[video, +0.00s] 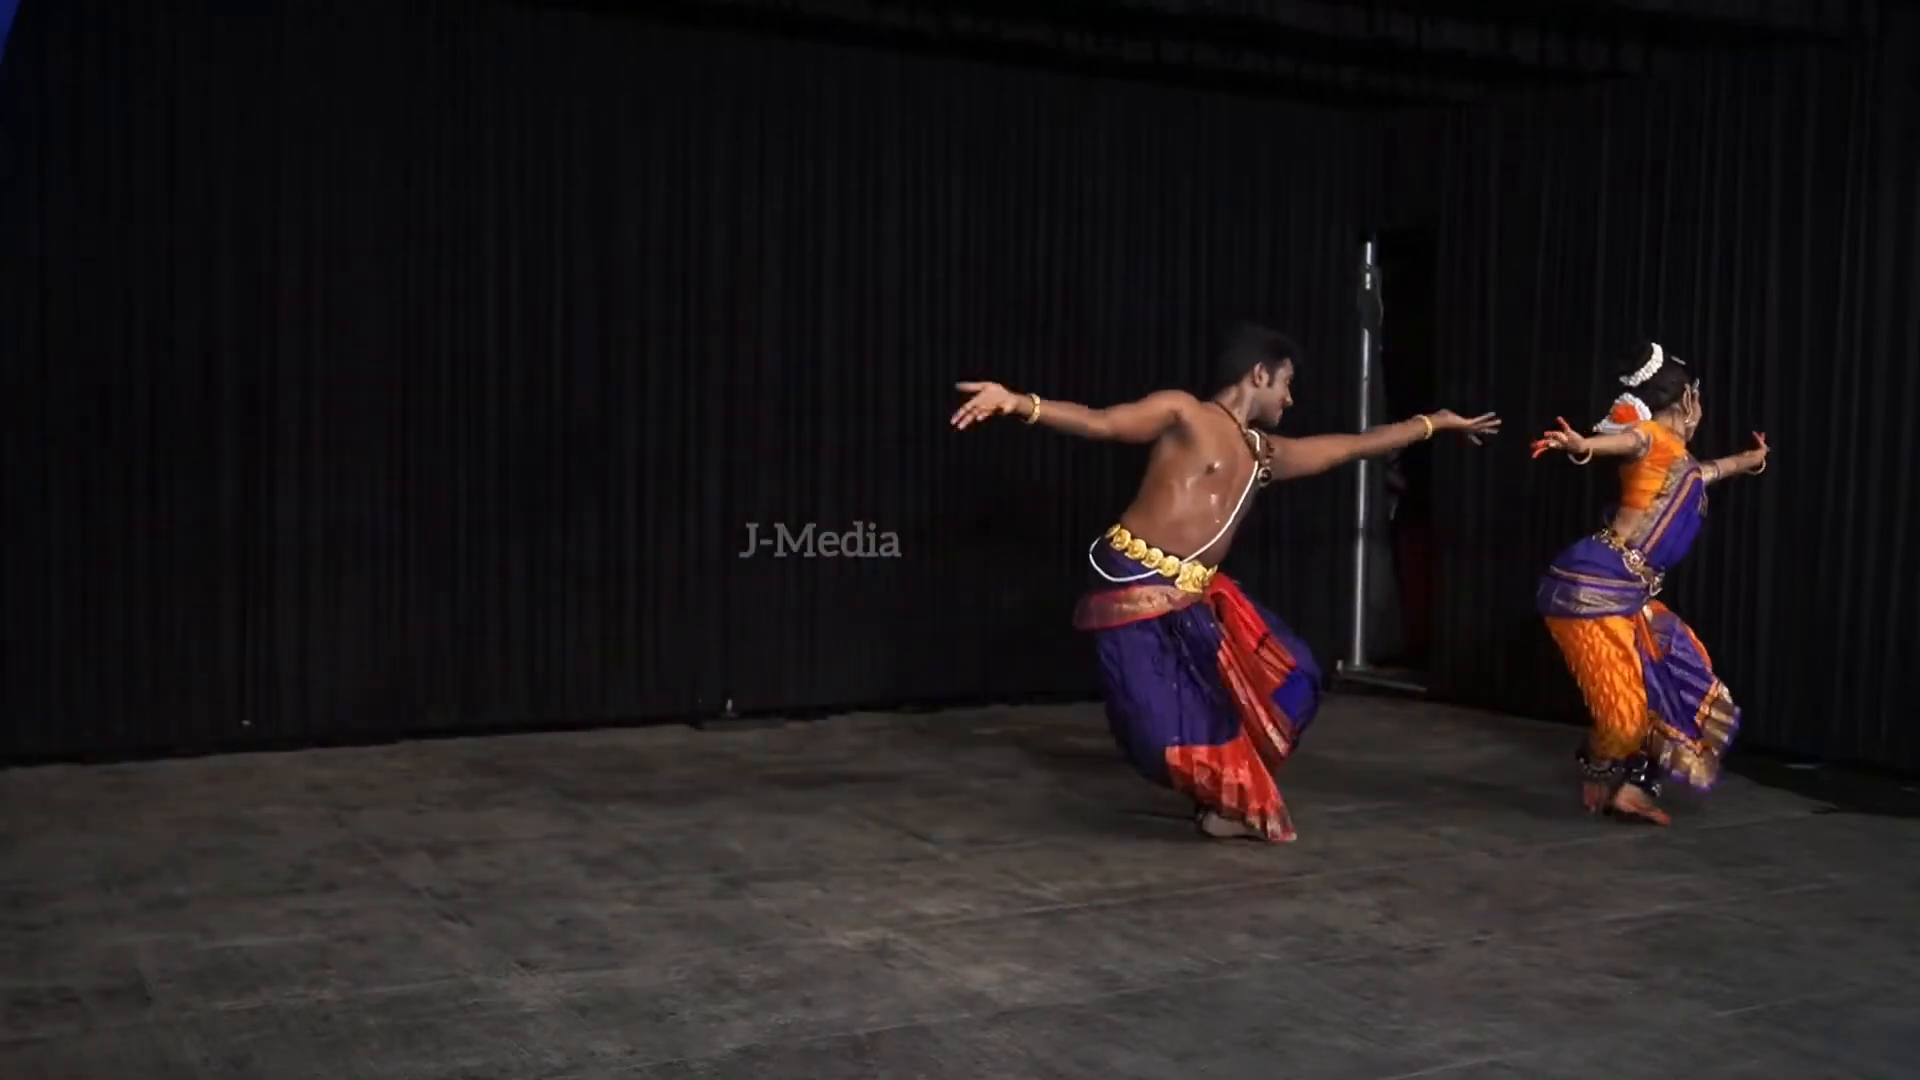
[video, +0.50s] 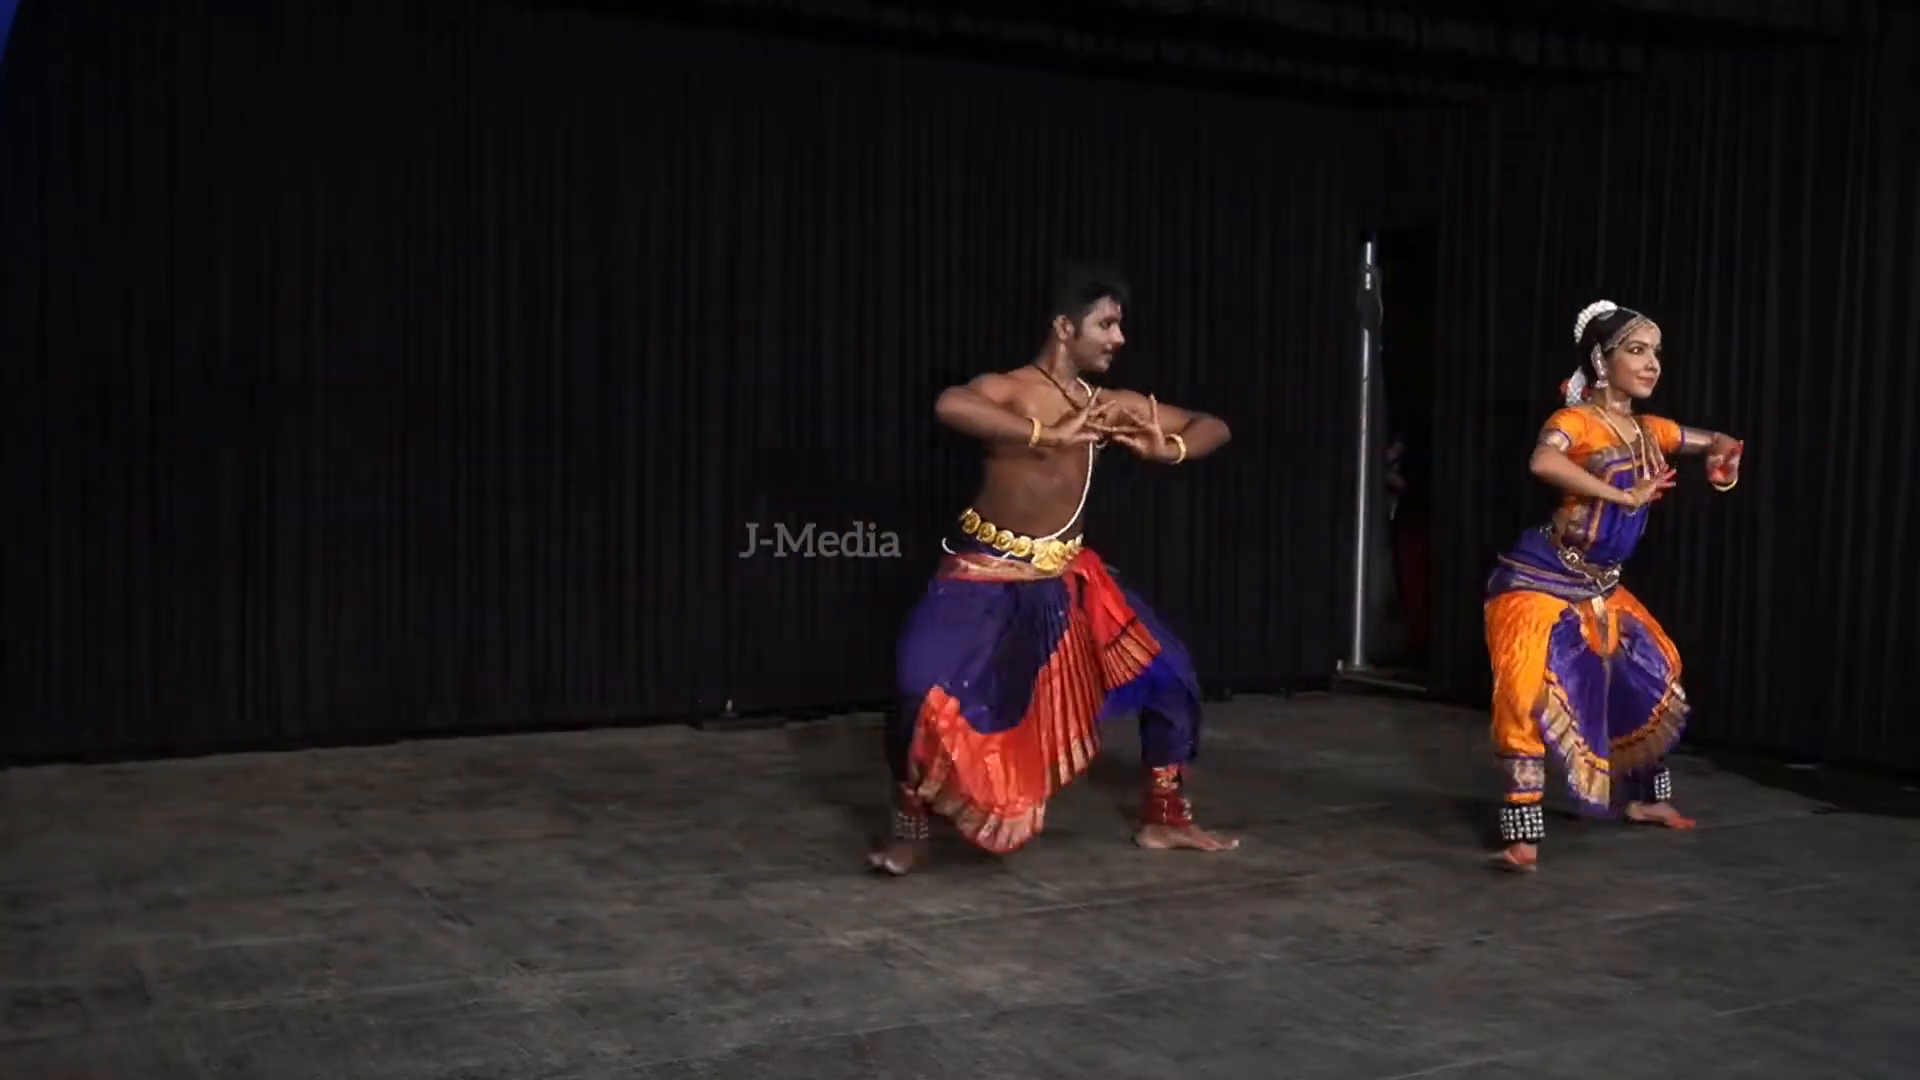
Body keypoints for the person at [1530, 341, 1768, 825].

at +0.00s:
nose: (1700, 407)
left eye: (1698, 398)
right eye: (1697, 398)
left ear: (1673, 406)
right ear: (1683, 404)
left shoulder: (1683, 462)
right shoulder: (1650, 435)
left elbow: (1706, 473)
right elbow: (1622, 440)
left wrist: (1748, 460)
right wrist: (1585, 444)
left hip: (1632, 600)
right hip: (1589, 595)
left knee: (1688, 675)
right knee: (1625, 708)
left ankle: (1636, 787)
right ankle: (1599, 772)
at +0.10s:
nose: (1713, 407)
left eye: (1710, 395)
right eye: (1707, 395)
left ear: (1683, 399)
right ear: (1683, 399)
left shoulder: (1685, 461)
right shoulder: (1650, 440)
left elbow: (1724, 481)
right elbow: (1624, 462)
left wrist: (1762, 457)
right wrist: (1599, 445)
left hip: (1635, 600)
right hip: (1592, 599)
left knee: (1692, 684)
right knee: (1627, 714)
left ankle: (1645, 804)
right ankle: (1597, 774)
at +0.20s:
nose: (1715, 390)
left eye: (1716, 380)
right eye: (1703, 377)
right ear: (1666, 387)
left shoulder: (1683, 456)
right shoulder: (1641, 442)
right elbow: (1597, 486)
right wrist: (1626, 464)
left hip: (1639, 601)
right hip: (1589, 598)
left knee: (1696, 688)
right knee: (1620, 720)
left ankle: (1644, 804)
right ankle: (1592, 773)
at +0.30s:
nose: (1698, 385)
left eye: (1702, 375)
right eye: (1684, 373)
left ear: (1701, 386)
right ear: (1649, 381)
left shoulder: (1688, 450)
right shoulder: (1625, 440)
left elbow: (1733, 458)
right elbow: (1577, 480)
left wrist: (1778, 474)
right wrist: (1657, 480)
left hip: (1640, 601)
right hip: (1584, 590)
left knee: (1693, 683)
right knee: (1584, 685)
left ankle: (1647, 804)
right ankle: (1571, 805)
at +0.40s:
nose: (1676, 375)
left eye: (1680, 365)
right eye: (1662, 363)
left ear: (1681, 379)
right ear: (1626, 373)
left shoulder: (1678, 441)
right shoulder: (1603, 433)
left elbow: (1736, 444)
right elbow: (1565, 473)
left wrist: (1751, 466)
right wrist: (1643, 492)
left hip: (1629, 595)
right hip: (1569, 587)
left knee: (1686, 672)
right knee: (1553, 677)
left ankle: (1640, 799)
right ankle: (1537, 819)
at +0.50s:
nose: (1651, 362)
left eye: (1656, 352)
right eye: (1637, 350)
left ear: (1658, 364)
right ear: (1602, 360)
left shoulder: (1652, 430)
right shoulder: (1577, 421)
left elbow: (1718, 441)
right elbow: (1544, 462)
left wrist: (1724, 456)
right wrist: (1621, 494)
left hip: (1600, 588)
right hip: (1540, 580)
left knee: (1656, 666)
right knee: (1522, 685)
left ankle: (1647, 795)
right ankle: (1522, 830)